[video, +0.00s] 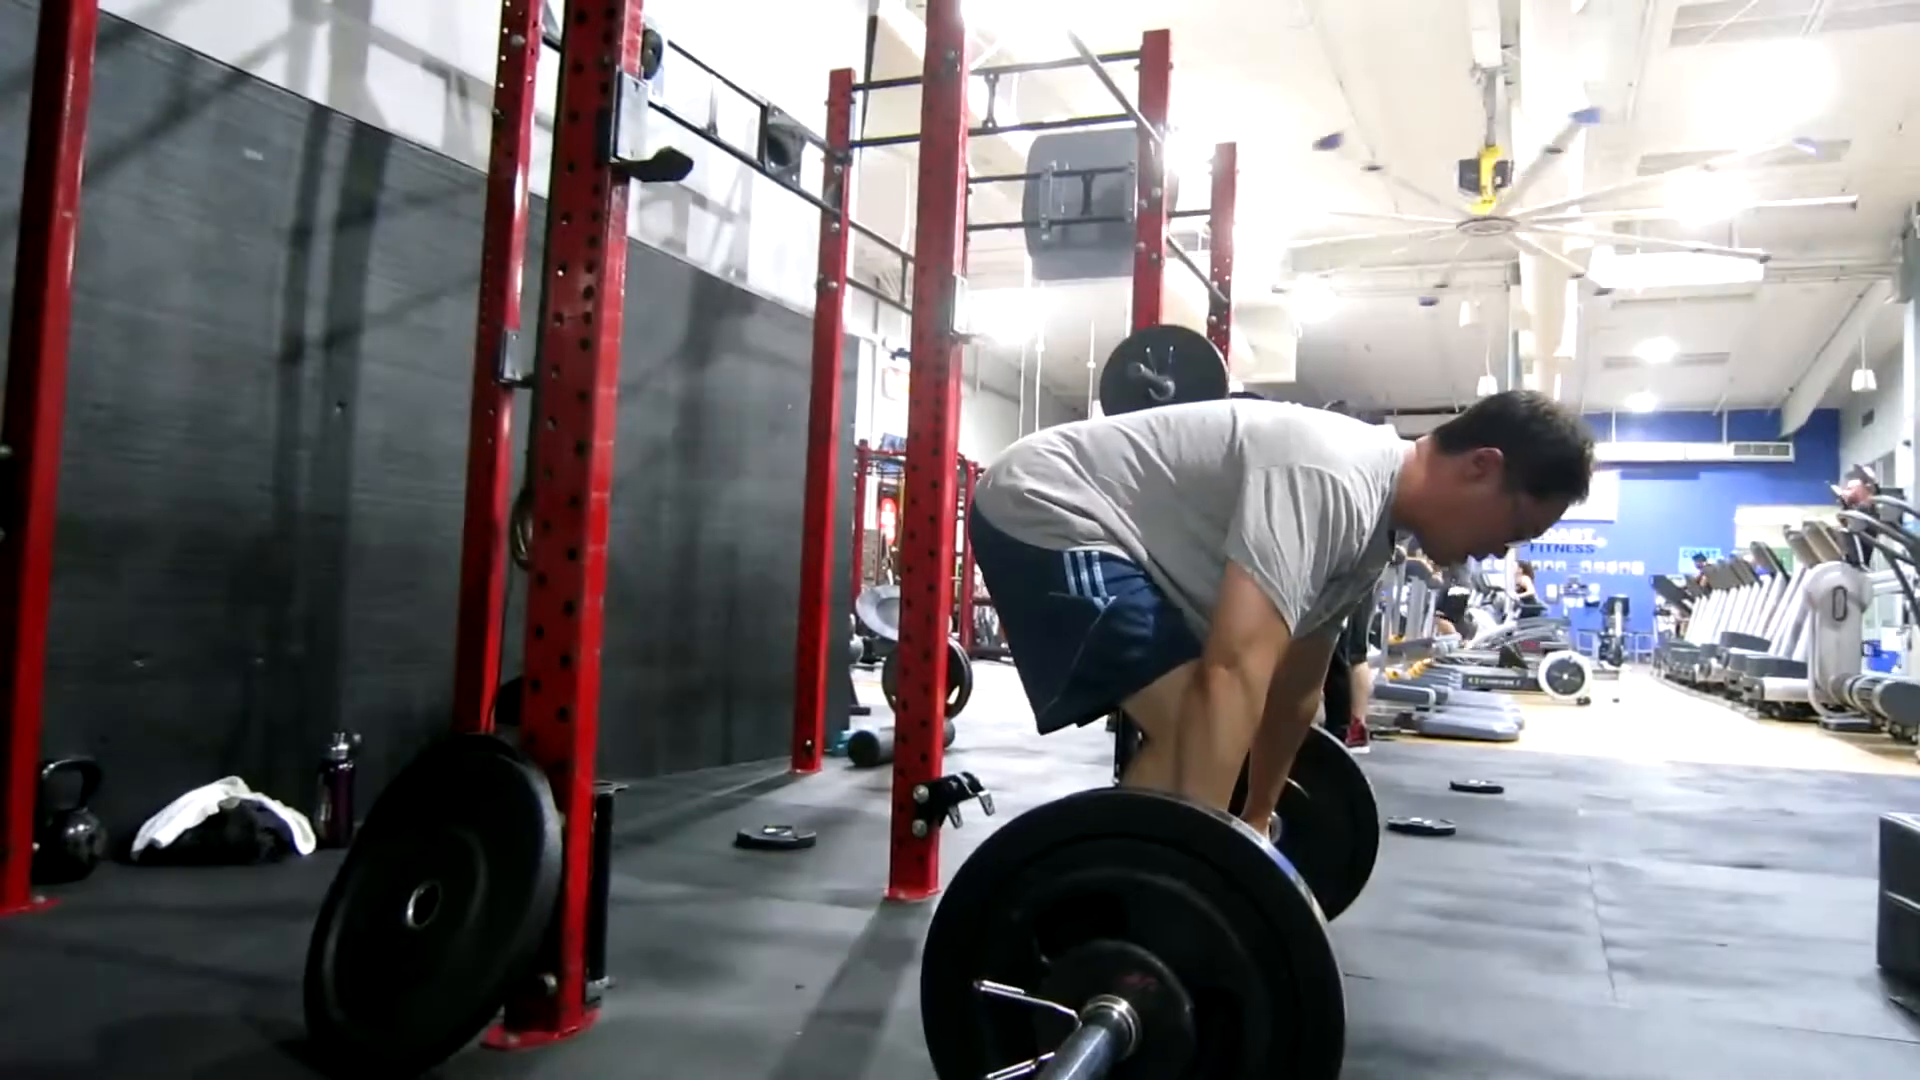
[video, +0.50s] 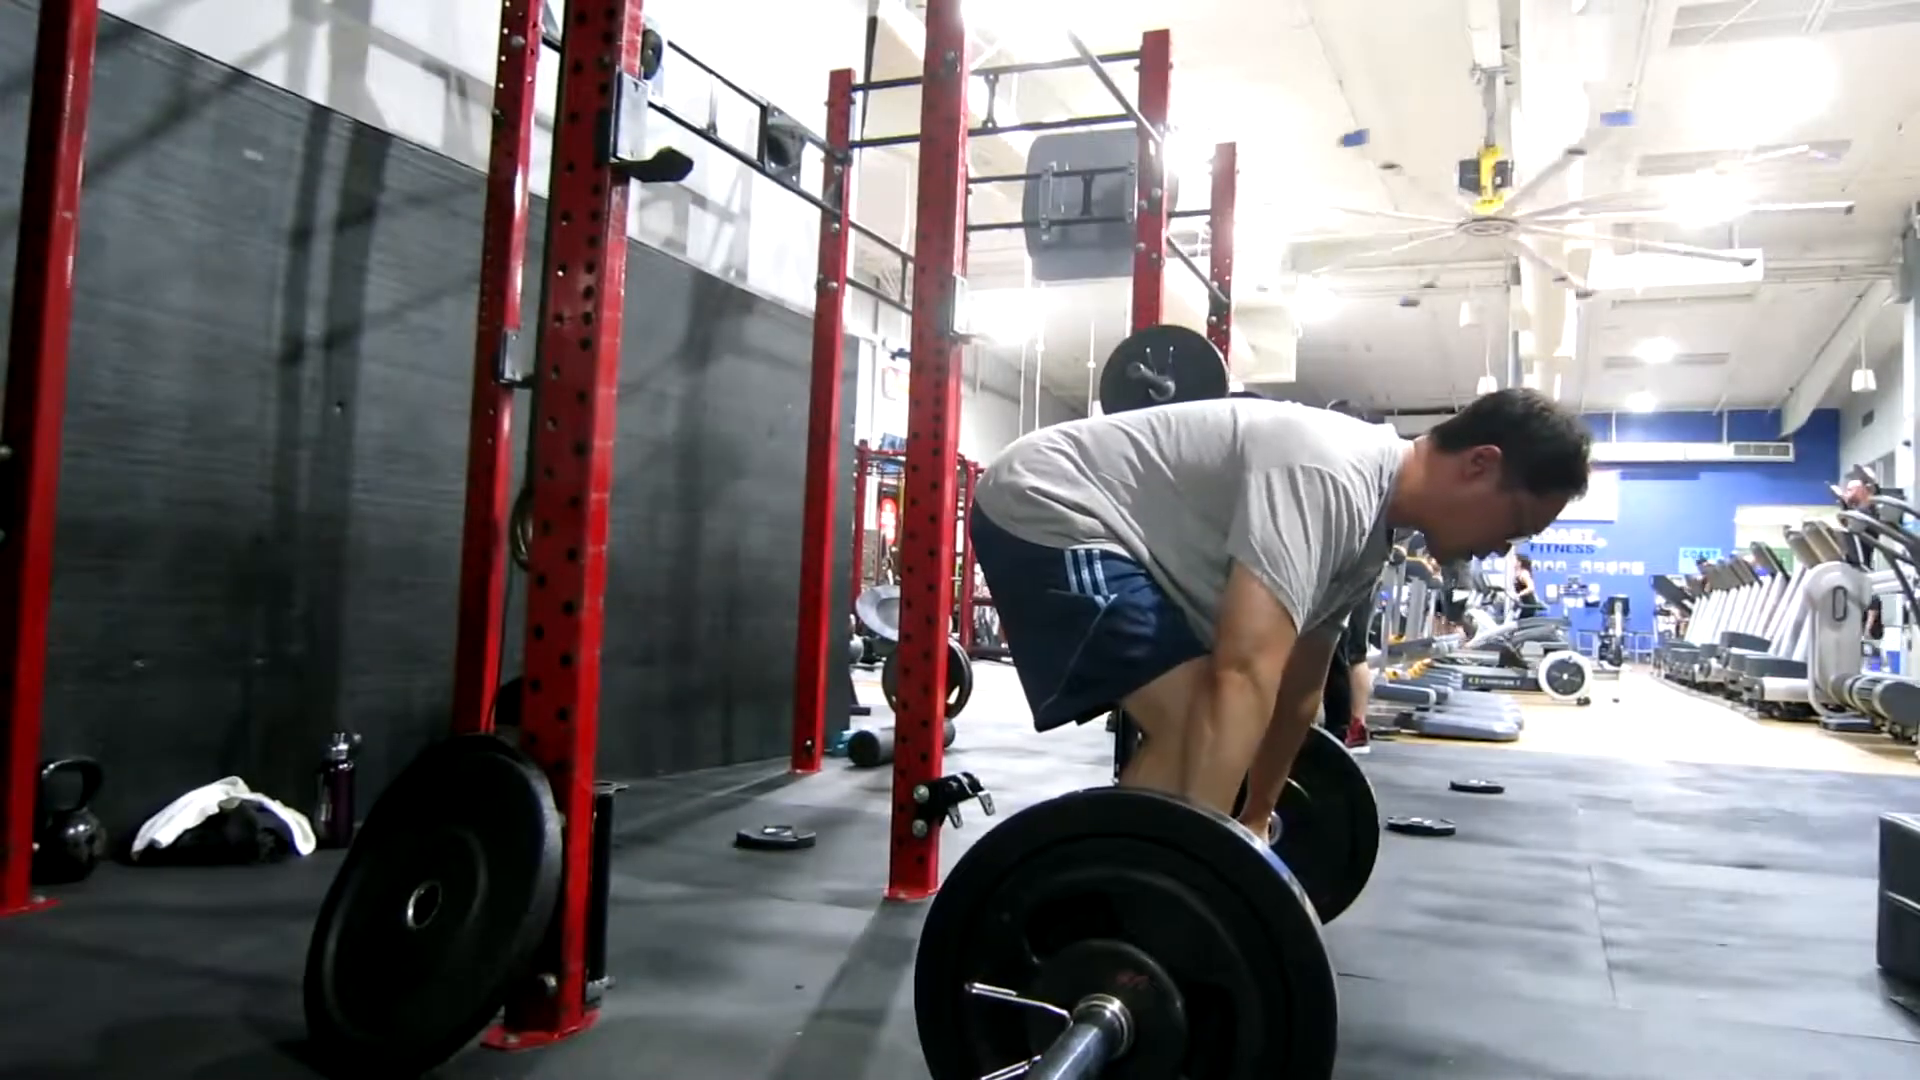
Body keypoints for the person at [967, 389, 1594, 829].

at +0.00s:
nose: (1499, 554)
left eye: (1518, 543)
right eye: (1513, 531)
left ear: (1480, 468)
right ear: (1481, 468)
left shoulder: (1371, 528)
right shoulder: (1327, 474)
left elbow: (1295, 692)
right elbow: (1234, 667)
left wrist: (1254, 829)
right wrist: (1181, 873)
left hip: (1106, 526)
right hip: (1051, 503)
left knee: (1184, 729)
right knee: (1202, 708)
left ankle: (1114, 910)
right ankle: (1152, 914)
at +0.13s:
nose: (1500, 554)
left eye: (1518, 543)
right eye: (1513, 532)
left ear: (1480, 468)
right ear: (1482, 468)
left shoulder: (1371, 530)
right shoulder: (1325, 475)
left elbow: (1298, 691)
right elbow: (1232, 667)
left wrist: (1255, 825)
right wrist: (1181, 872)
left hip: (1106, 526)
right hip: (1051, 502)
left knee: (1181, 726)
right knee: (1201, 706)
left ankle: (1112, 907)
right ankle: (1153, 911)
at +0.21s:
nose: (1501, 555)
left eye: (1520, 543)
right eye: (1515, 533)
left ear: (1480, 469)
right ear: (1482, 471)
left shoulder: (1370, 530)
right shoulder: (1324, 476)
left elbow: (1298, 689)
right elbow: (1232, 668)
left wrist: (1253, 826)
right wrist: (1189, 870)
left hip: (1103, 525)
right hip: (1050, 502)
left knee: (1179, 726)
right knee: (1203, 701)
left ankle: (1111, 900)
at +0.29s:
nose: (1503, 553)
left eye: (1521, 542)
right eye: (1515, 532)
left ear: (1478, 468)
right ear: (1481, 470)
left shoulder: (1369, 529)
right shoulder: (1325, 473)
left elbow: (1299, 692)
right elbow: (1237, 668)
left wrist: (1250, 832)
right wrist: (1189, 873)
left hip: (1103, 524)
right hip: (1050, 500)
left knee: (1181, 724)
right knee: (1204, 703)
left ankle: (1115, 906)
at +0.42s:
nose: (1506, 549)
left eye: (1523, 537)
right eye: (1517, 526)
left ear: (1479, 466)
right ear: (1481, 467)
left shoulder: (1369, 525)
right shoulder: (1323, 473)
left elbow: (1299, 694)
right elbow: (1241, 668)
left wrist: (1247, 832)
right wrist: (1192, 875)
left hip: (1104, 526)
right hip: (1050, 502)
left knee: (1187, 727)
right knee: (1206, 710)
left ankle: (1111, 910)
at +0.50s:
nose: (1507, 549)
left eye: (1523, 537)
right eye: (1518, 526)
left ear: (1478, 467)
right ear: (1481, 467)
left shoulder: (1368, 527)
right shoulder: (1322, 471)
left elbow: (1299, 693)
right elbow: (1240, 670)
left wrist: (1250, 829)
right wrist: (1187, 872)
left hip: (1104, 526)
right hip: (1052, 503)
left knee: (1187, 727)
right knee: (1205, 709)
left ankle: (1110, 910)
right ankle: (1151, 915)